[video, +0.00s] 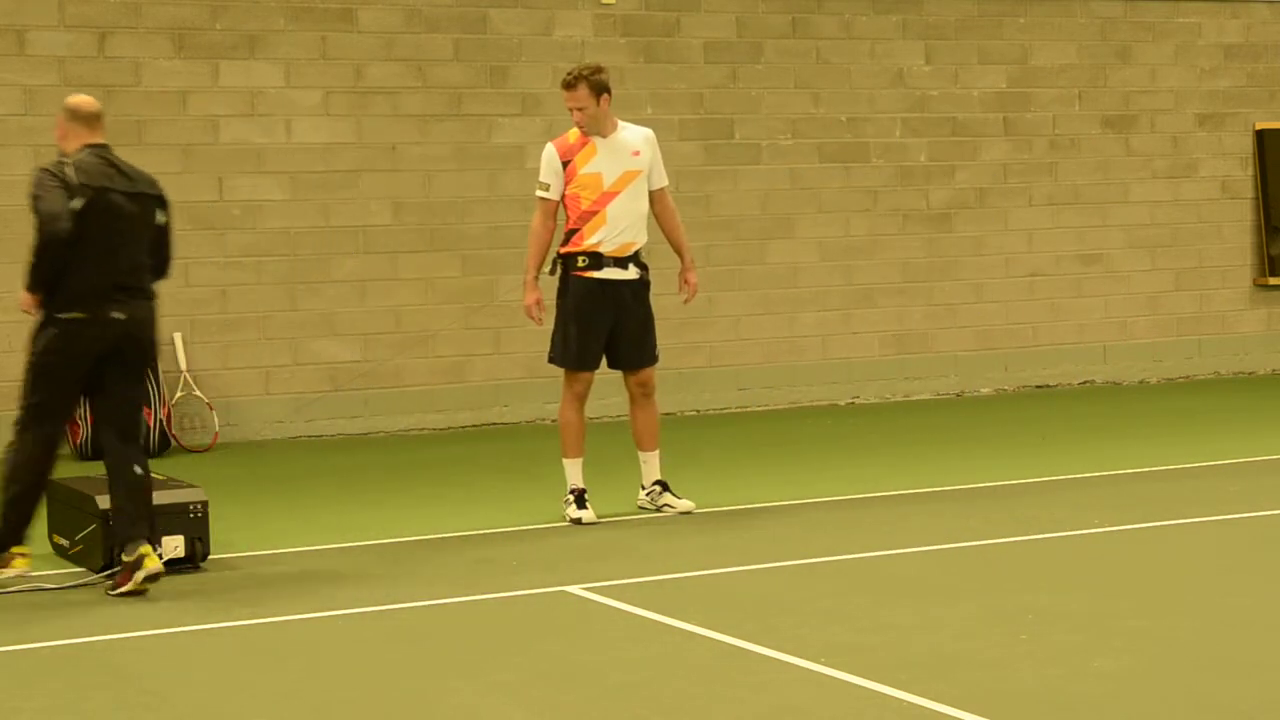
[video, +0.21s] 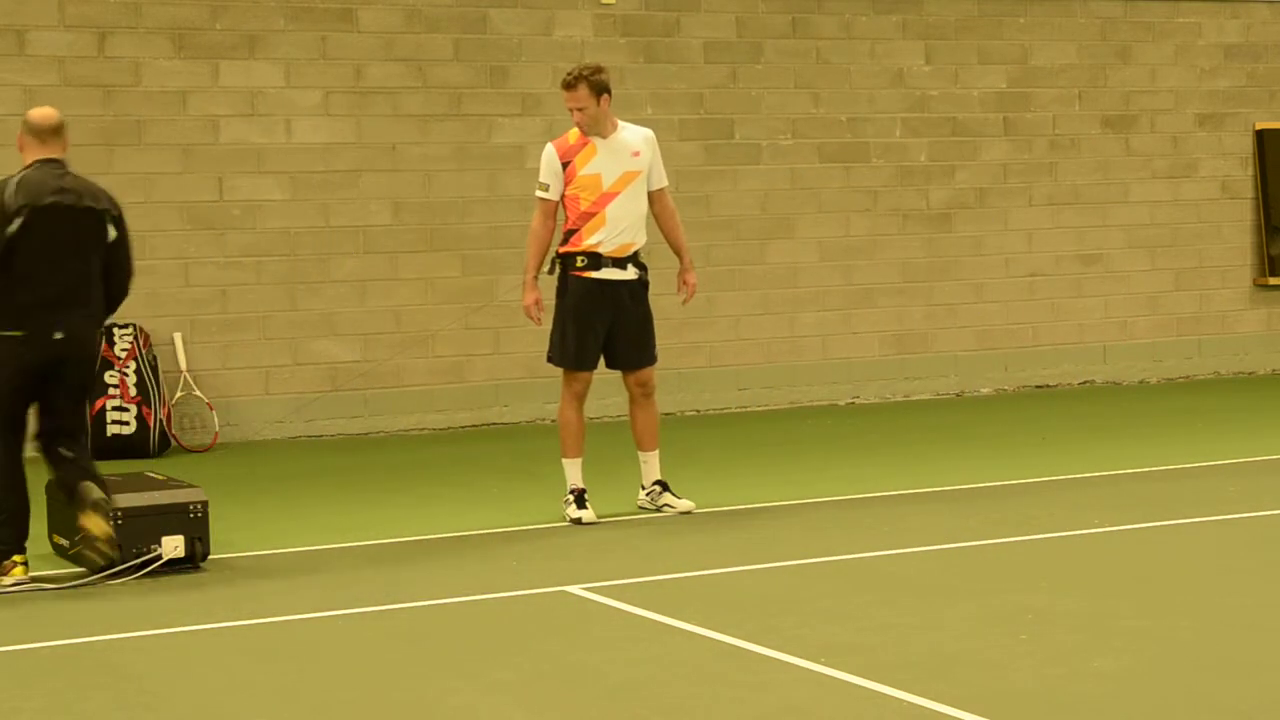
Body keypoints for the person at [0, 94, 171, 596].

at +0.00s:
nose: (56, 137)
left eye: (57, 130)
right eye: (59, 130)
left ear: (65, 129)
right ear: (102, 128)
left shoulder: (56, 175)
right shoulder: (146, 185)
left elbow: (56, 228)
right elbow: (158, 264)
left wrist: (36, 286)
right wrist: (109, 273)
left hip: (72, 327)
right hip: (133, 328)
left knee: (37, 434)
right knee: (123, 439)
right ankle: (138, 548)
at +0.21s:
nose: (17, 151)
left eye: (18, 145)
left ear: (22, 145)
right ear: (65, 144)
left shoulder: (9, 196)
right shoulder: (101, 200)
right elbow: (119, 279)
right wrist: (86, 318)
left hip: (14, 345)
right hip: (78, 346)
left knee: (7, 446)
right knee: (64, 436)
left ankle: (11, 555)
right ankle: (91, 500)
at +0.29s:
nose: (18, 153)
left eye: (13, 146)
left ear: (12, 146)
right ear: (56, 142)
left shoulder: (3, 192)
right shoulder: (89, 198)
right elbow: (114, 269)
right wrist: (94, 321)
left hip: (8, 340)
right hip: (64, 341)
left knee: (6, 441)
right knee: (45, 424)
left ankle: (12, 554)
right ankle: (65, 489)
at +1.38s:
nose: (83, 152)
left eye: (84, 143)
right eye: (79, 142)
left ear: (49, 135)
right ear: (51, 135)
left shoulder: (22, 171)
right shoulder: (42, 182)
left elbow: (28, 254)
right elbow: (47, 256)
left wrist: (62, 309)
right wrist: (74, 312)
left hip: (15, 312)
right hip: (22, 315)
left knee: (30, 413)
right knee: (47, 413)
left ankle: (20, 514)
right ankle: (12, 516)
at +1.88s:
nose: (68, 147)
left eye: (69, 139)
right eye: (61, 140)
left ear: (45, 139)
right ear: (31, 138)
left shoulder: (70, 187)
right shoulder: (3, 192)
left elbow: (81, 253)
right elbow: (1, 263)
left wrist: (98, 310)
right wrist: (7, 320)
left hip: (70, 327)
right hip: (20, 331)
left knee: (93, 414)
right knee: (22, 428)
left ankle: (86, 512)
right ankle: (28, 521)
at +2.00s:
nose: (71, 145)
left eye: (71, 137)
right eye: (63, 137)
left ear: (55, 138)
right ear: (32, 138)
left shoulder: (78, 187)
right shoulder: (4, 190)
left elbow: (95, 254)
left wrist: (119, 306)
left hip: (74, 330)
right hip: (19, 333)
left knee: (102, 420)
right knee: (23, 430)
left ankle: (121, 517)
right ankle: (28, 521)